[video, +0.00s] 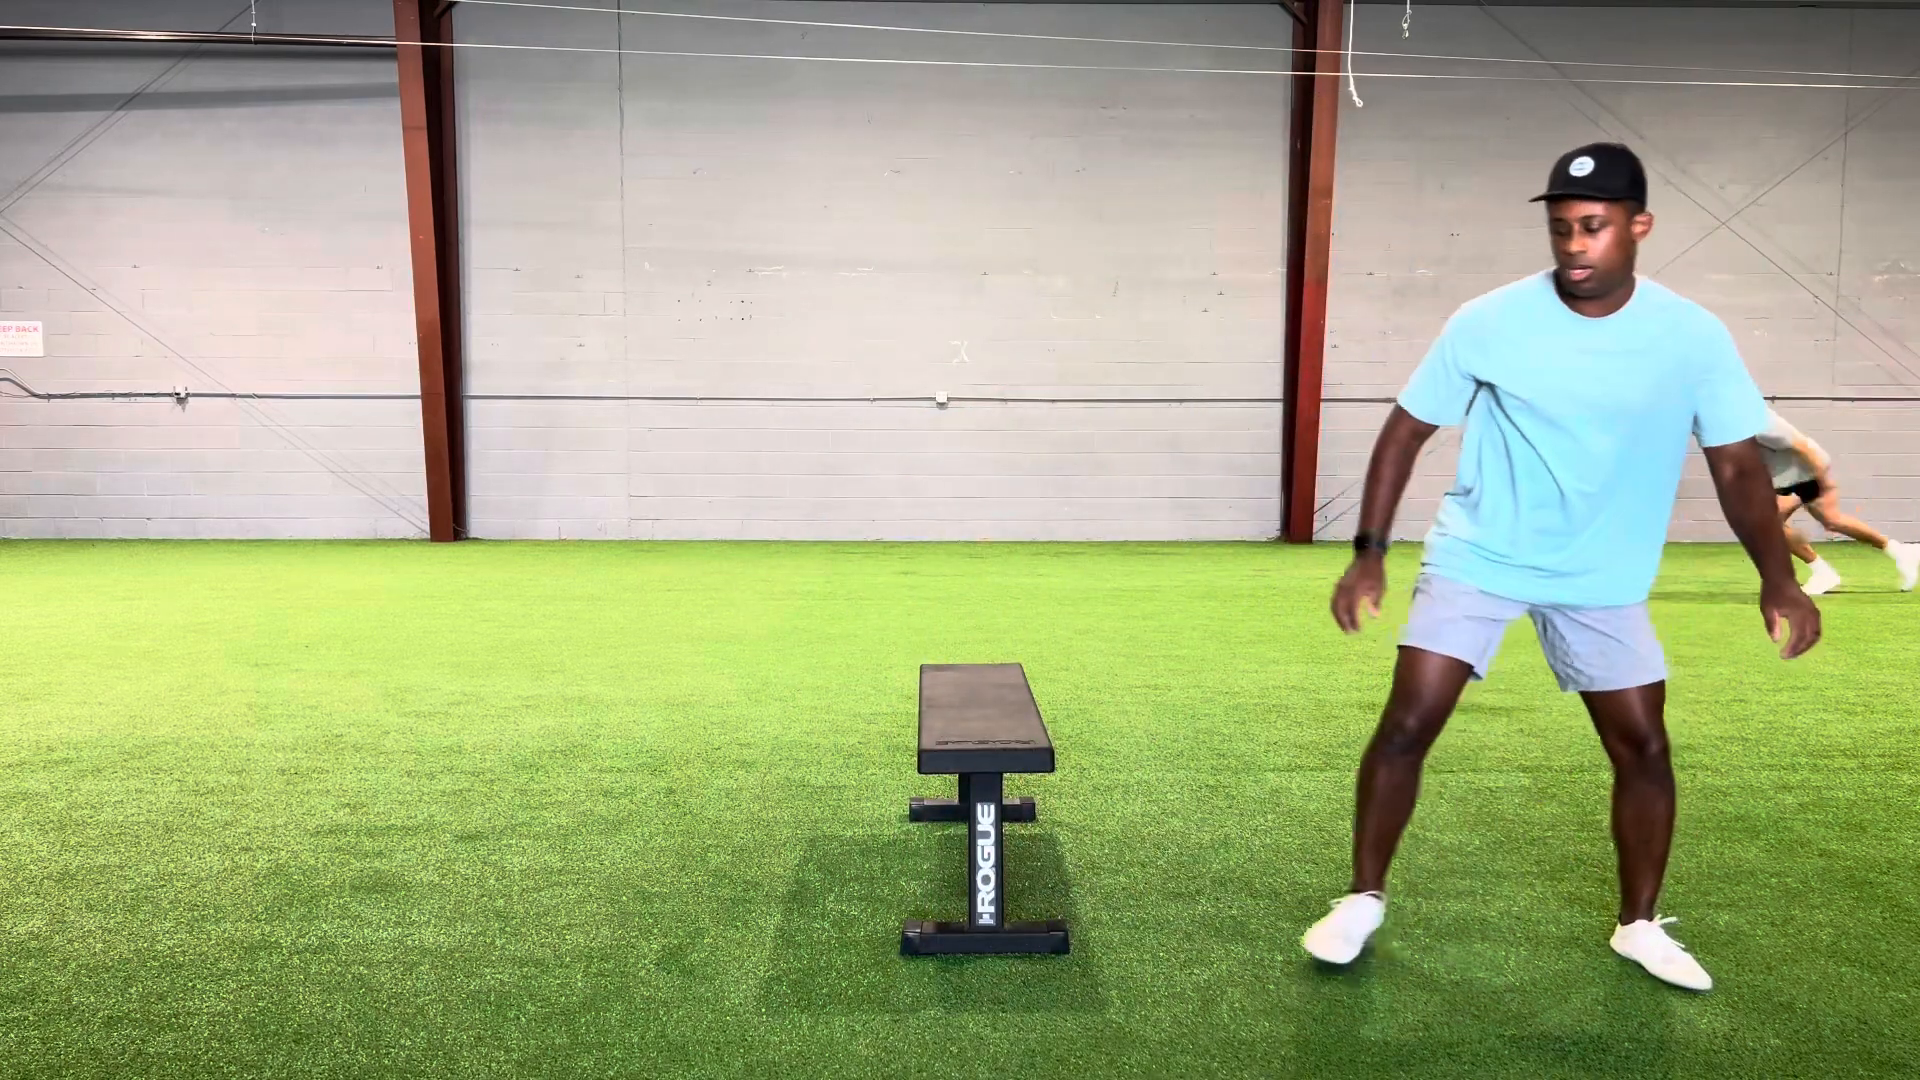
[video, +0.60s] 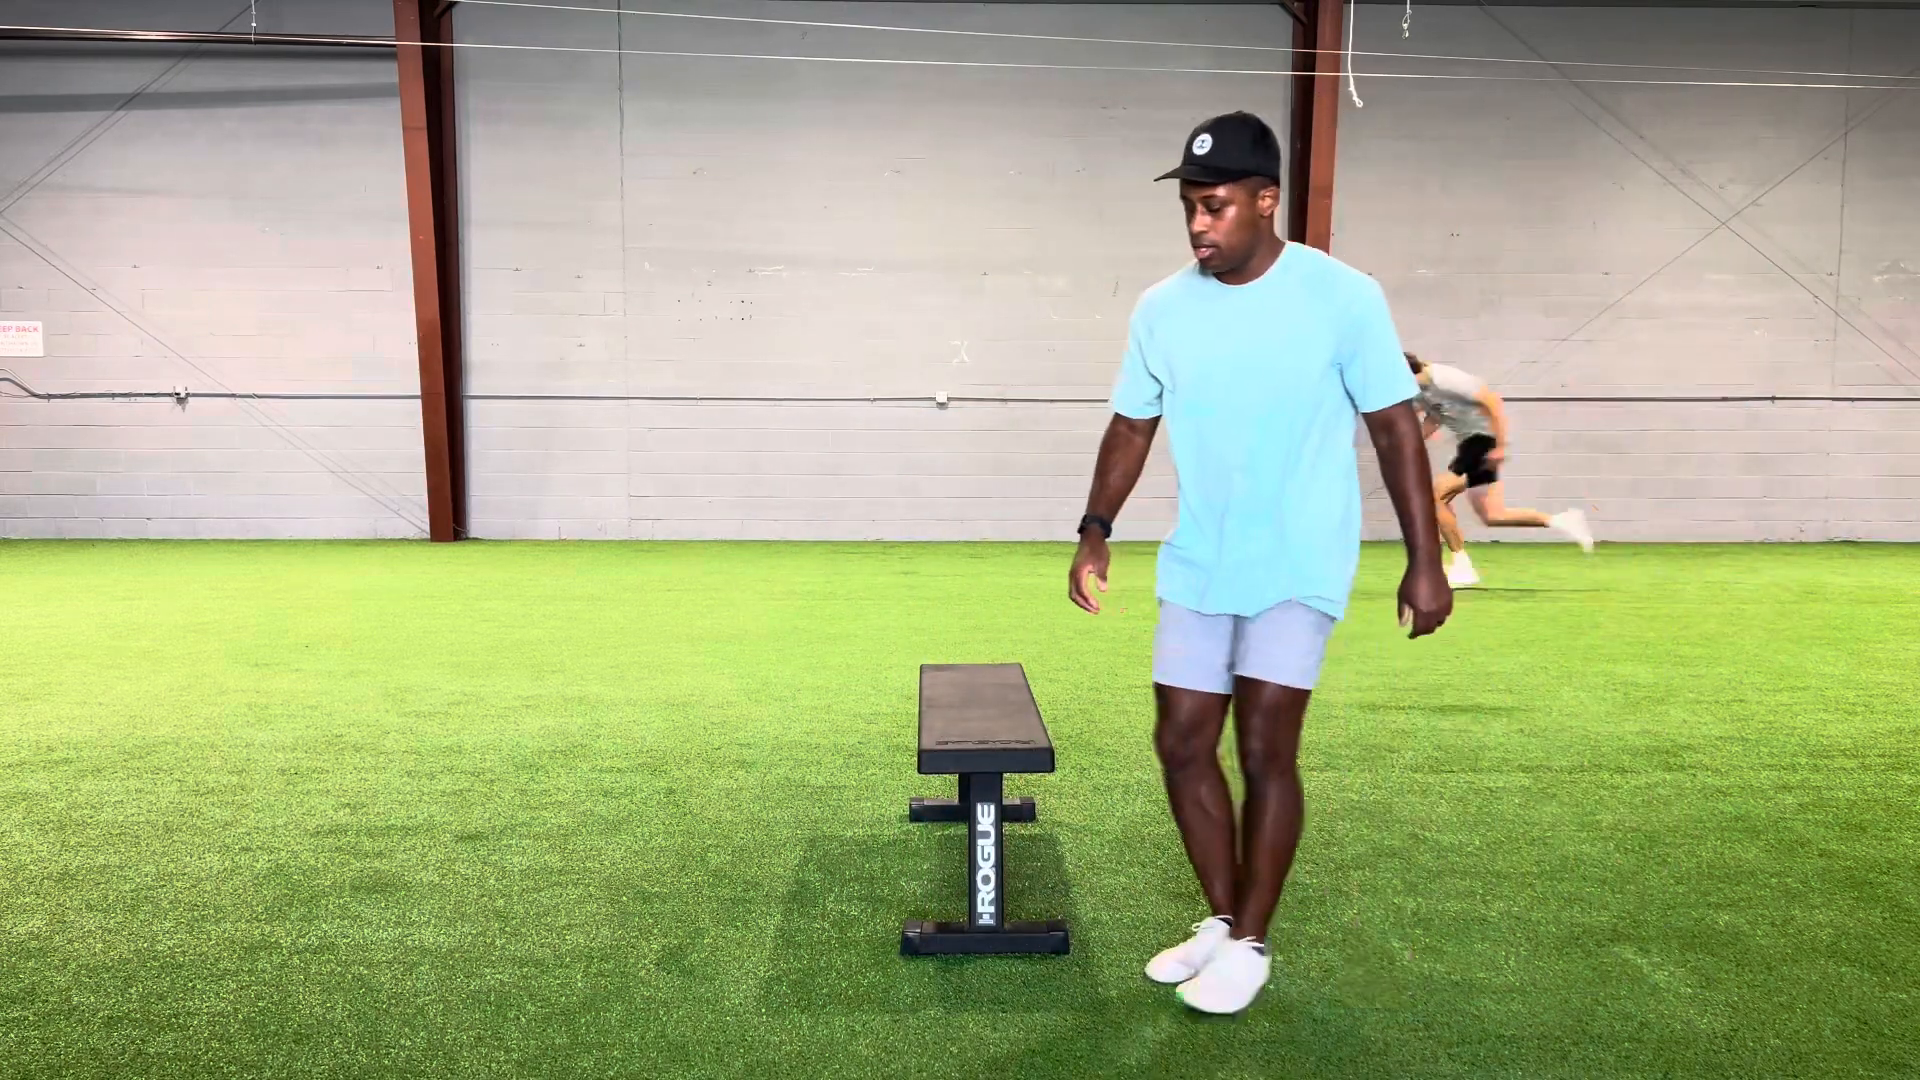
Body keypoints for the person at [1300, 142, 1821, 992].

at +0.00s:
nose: (1572, 245)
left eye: (1592, 227)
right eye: (1560, 226)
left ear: (1639, 228)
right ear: (1546, 226)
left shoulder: (1694, 340)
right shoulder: (1490, 324)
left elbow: (1741, 467)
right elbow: (1404, 430)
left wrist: (1779, 578)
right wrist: (1369, 548)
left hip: (1601, 581)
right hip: (1475, 561)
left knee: (1644, 745)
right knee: (1409, 721)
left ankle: (1640, 922)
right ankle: (1363, 897)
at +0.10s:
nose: (1508, 255)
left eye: (1527, 235)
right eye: (1498, 237)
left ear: (1578, 234)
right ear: (1486, 238)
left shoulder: (1645, 340)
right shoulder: (1443, 338)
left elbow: (1696, 460)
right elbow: (1365, 433)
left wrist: (1719, 564)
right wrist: (1309, 534)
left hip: (1576, 591)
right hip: (1446, 578)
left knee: (1633, 754)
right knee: (1359, 730)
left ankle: (1638, 925)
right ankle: (1282, 912)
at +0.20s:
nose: (1430, 254)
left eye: (1448, 236)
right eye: (1420, 238)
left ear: (1499, 234)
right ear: (1413, 240)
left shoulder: (1568, 335)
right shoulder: (1378, 343)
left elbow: (1615, 461)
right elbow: (1316, 441)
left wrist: (1614, 560)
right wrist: (1256, 531)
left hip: (1530, 597)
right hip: (1400, 589)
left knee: (1594, 757)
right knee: (1313, 736)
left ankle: (1638, 925)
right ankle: (1248, 924)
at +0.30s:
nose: (1347, 246)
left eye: (1365, 228)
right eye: (1339, 229)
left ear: (1418, 226)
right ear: (1334, 231)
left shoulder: (1486, 326)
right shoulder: (1309, 334)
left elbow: (1529, 462)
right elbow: (1261, 437)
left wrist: (1523, 582)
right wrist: (1203, 534)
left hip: (1457, 591)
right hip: (1330, 576)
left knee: (1543, 754)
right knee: (1255, 732)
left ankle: (1621, 911)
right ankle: (1238, 926)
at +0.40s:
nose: (1283, 230)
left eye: (1300, 212)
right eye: (1276, 213)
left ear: (1354, 209)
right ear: (1271, 216)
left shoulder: (1425, 309)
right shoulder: (1249, 318)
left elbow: (1471, 448)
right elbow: (1211, 431)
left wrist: (1476, 579)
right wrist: (1160, 534)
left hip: (1400, 574)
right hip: (1279, 571)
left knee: (1466, 752)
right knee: (1233, 733)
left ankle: (1515, 899)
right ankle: (1237, 927)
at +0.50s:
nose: (1234, 221)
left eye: (1252, 201)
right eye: (1227, 202)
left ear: (1308, 199)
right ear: (1224, 203)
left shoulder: (1382, 297)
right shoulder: (1201, 307)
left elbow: (1429, 428)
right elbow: (1168, 423)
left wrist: (1450, 563)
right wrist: (1126, 528)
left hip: (1347, 562)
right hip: (1237, 561)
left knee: (1356, 751)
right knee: (1220, 735)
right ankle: (1235, 927)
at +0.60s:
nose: (1198, 224)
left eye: (1217, 206)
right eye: (1190, 206)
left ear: (1268, 203)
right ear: (1184, 205)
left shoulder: (1344, 296)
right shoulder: (1163, 309)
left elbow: (1395, 426)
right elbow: (1130, 426)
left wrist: (1426, 557)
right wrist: (1095, 527)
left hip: (1297, 560)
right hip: (1196, 559)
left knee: (1266, 746)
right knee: (1181, 742)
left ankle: (1250, 945)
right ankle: (1225, 920)